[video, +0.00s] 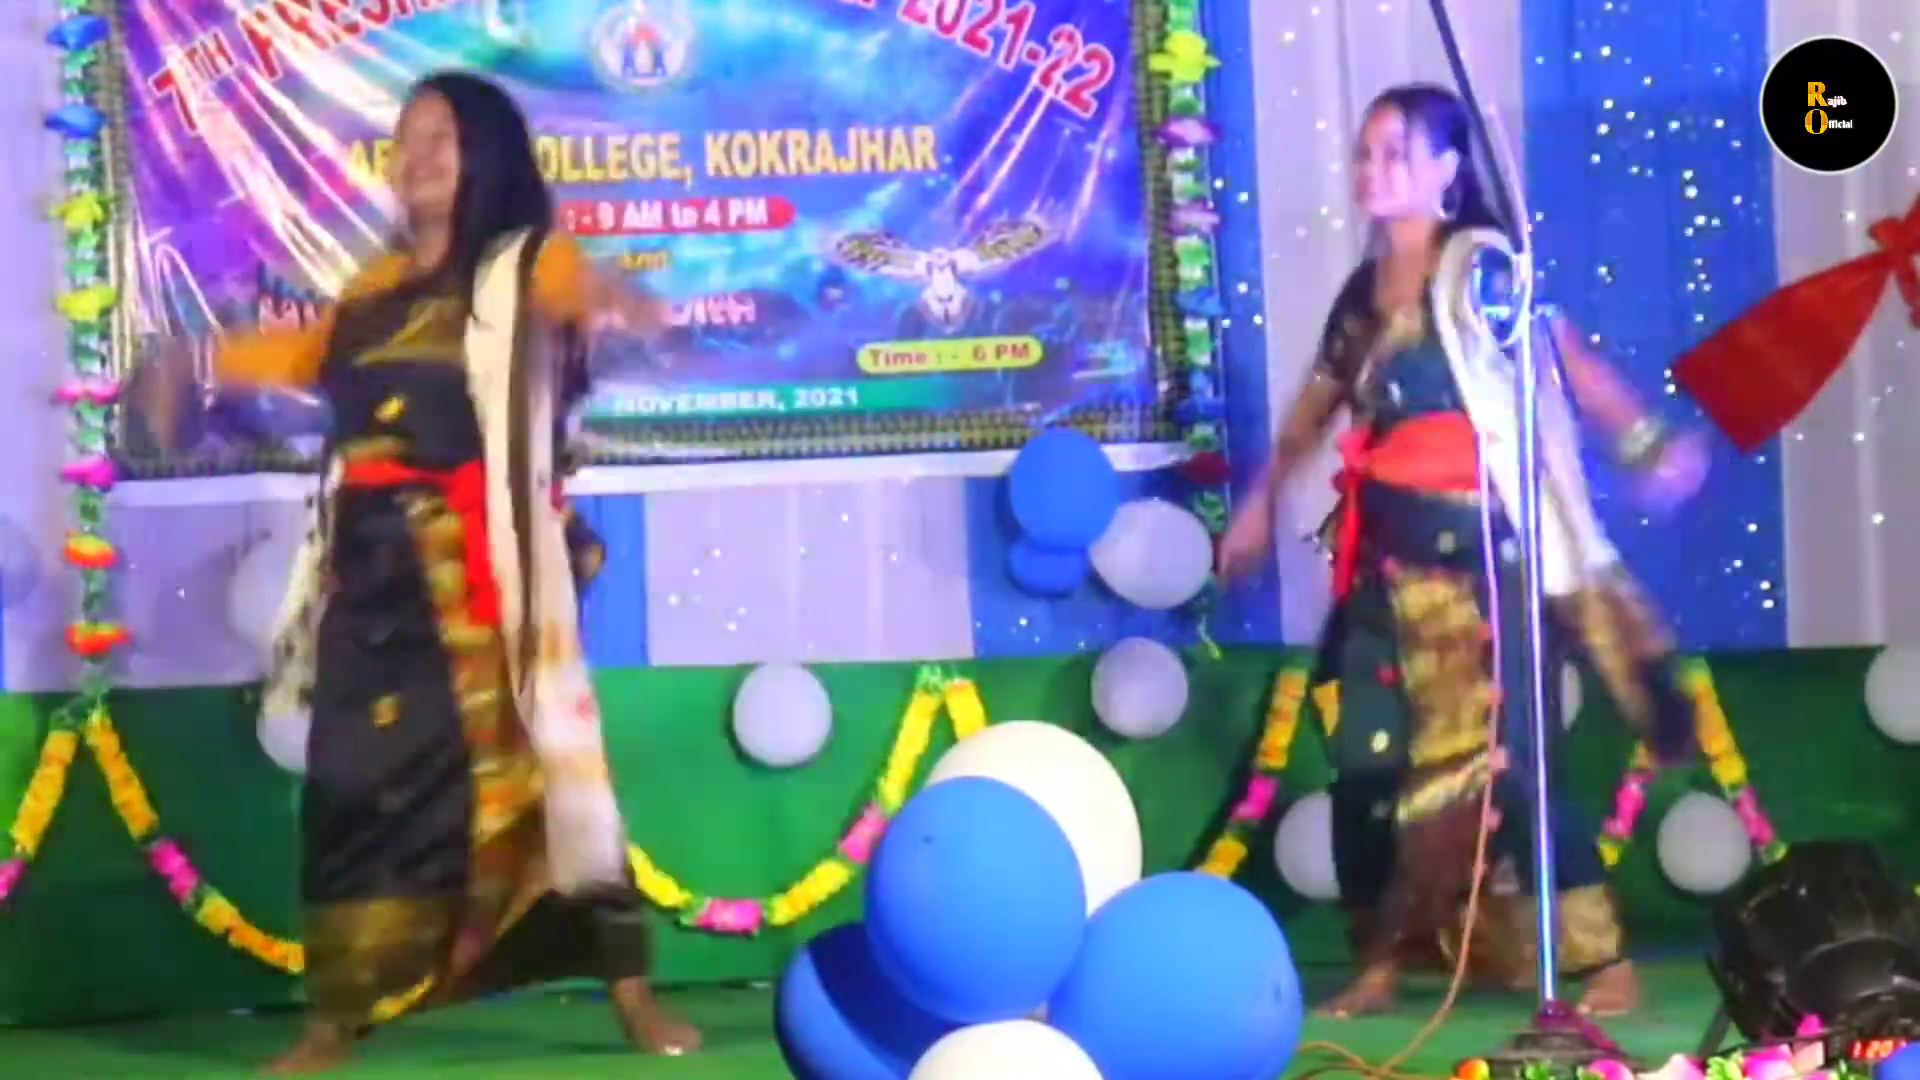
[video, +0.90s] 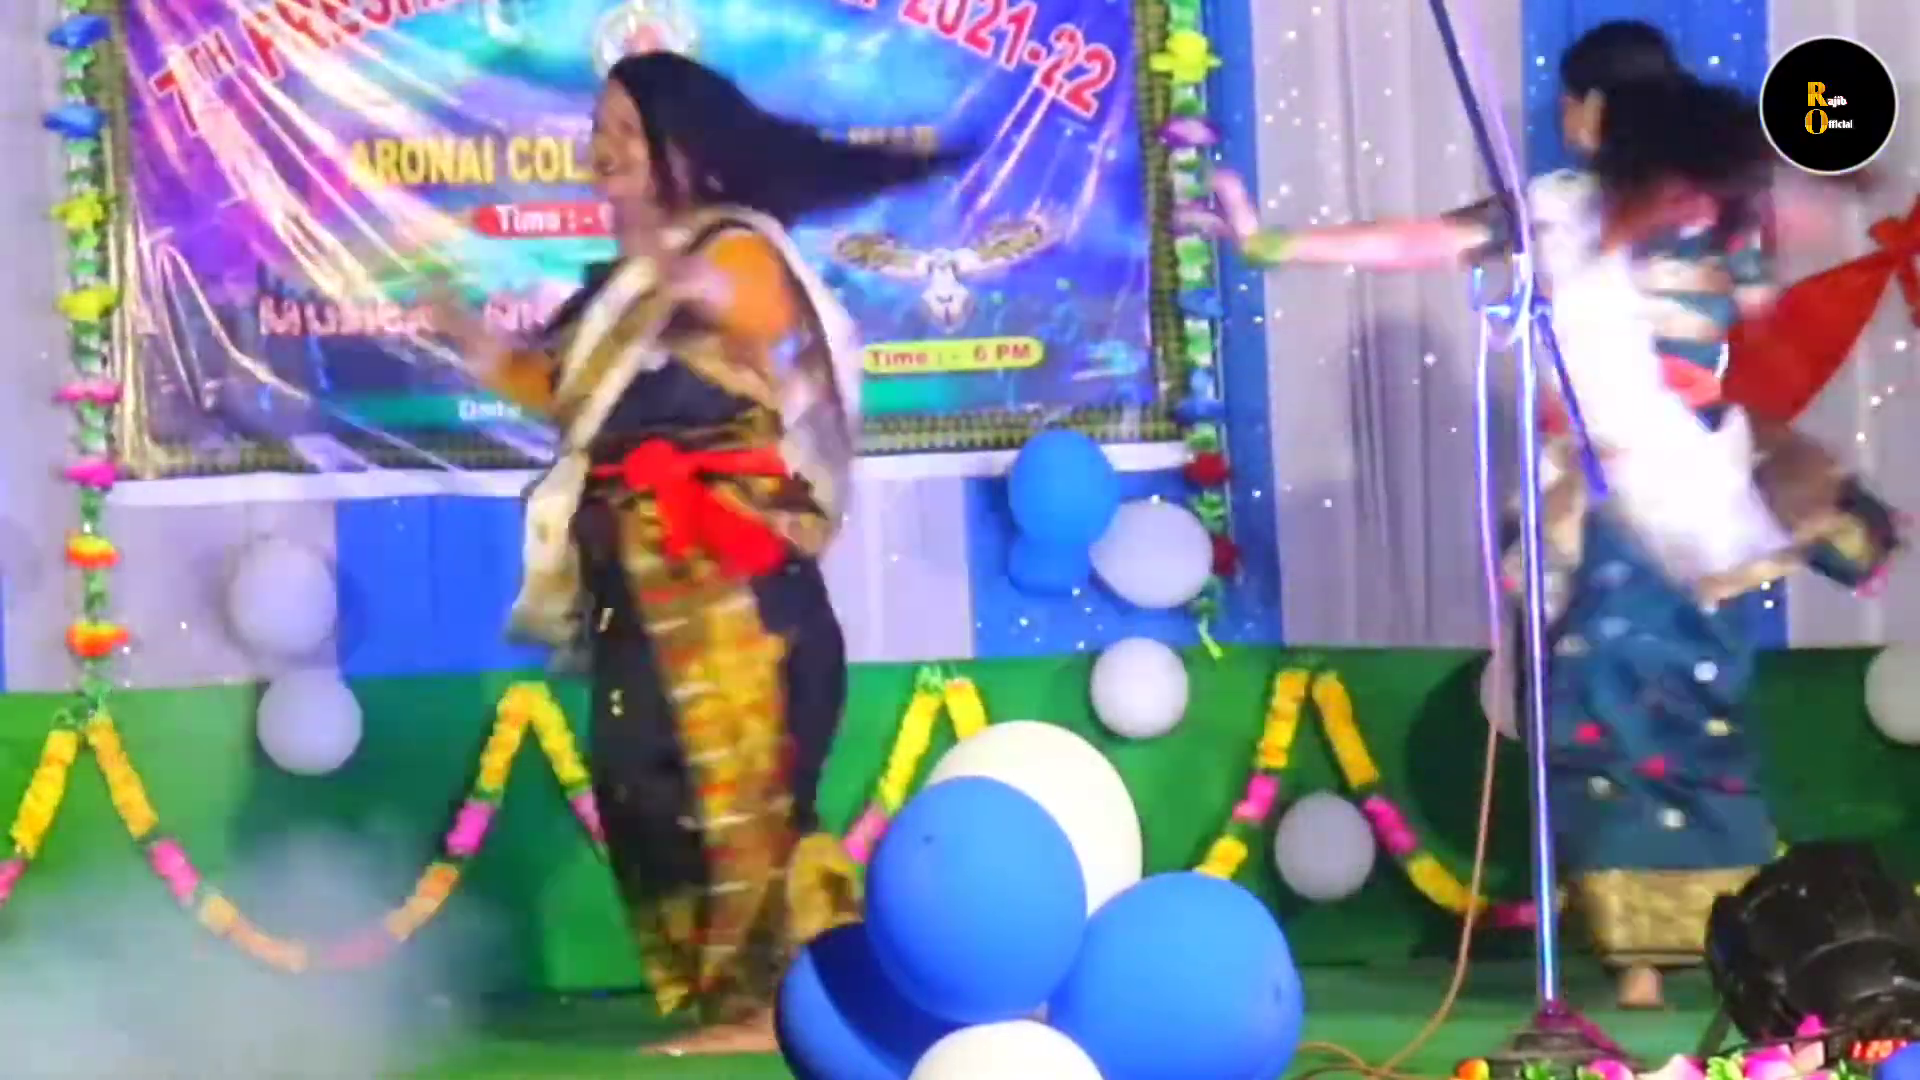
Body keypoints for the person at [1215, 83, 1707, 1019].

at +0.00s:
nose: (1373, 171)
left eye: (1394, 155)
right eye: (1367, 154)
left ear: (1447, 167)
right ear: (1361, 168)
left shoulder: (1486, 267)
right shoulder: (1364, 291)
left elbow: (1572, 363)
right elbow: (1314, 410)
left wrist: (1648, 442)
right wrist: (1260, 506)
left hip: (1495, 544)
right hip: (1391, 549)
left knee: (1521, 758)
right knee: (1371, 759)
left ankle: (1595, 959)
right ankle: (1382, 958)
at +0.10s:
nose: (1369, 139)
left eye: (1390, 120)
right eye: (1360, 121)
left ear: (1439, 130)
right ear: (1352, 133)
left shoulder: (1475, 219)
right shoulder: (1362, 250)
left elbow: (1598, 259)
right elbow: (1299, 282)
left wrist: (1743, 281)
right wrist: (1243, 300)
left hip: (1502, 503)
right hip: (1400, 509)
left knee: (1556, 715)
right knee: (1441, 728)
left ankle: (1610, 935)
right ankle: (1390, 955)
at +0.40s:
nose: (1496, 174)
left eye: (1506, 155)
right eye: (1473, 159)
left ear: (1526, 159)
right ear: (1429, 176)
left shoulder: (1582, 239)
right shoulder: (1403, 289)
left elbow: (1708, 246)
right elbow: (1250, 326)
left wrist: (1832, 224)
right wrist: (1170, 255)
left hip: (1597, 525)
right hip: (1483, 533)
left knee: (1617, 741)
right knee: (1464, 739)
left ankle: (1582, 962)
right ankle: (1379, 938)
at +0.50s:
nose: (1594, 185)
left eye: (1594, 166)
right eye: (1578, 167)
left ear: (1566, 175)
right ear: (1515, 172)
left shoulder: (1604, 267)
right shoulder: (1464, 291)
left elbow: (1661, 320)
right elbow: (1370, 396)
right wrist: (1240, 396)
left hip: (1632, 566)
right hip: (1531, 569)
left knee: (1688, 770)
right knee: (1606, 773)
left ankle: (1586, 962)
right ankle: (1417, 864)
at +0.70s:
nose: (1662, 158)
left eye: (1659, 140)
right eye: (1657, 140)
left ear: (1552, 141)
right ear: (1638, 148)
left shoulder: (1499, 259)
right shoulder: (1641, 272)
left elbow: (1418, 313)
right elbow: (1744, 399)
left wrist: (1335, 332)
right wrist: (1868, 436)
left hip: (1550, 562)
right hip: (1643, 562)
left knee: (1602, 755)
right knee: (1731, 729)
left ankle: (1575, 963)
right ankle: (1697, 944)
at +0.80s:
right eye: (1674, 128)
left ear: (1572, 128)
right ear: (1674, 133)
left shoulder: (1505, 227)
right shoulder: (1694, 253)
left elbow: (1391, 278)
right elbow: (1795, 352)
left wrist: (1264, 305)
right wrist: (1908, 368)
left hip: (1528, 547)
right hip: (1641, 551)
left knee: (1593, 748)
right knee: (1720, 733)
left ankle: (1581, 958)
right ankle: (1783, 942)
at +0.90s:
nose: (1561, 119)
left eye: (1568, 103)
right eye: (1566, 101)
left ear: (1595, 109)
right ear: (1674, 99)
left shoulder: (1568, 204)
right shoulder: (1739, 205)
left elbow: (1421, 243)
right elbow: (1825, 226)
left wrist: (1264, 241)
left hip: (1609, 502)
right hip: (1722, 497)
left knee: (1596, 719)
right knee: (1710, 719)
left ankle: (1638, 967)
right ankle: (1741, 940)